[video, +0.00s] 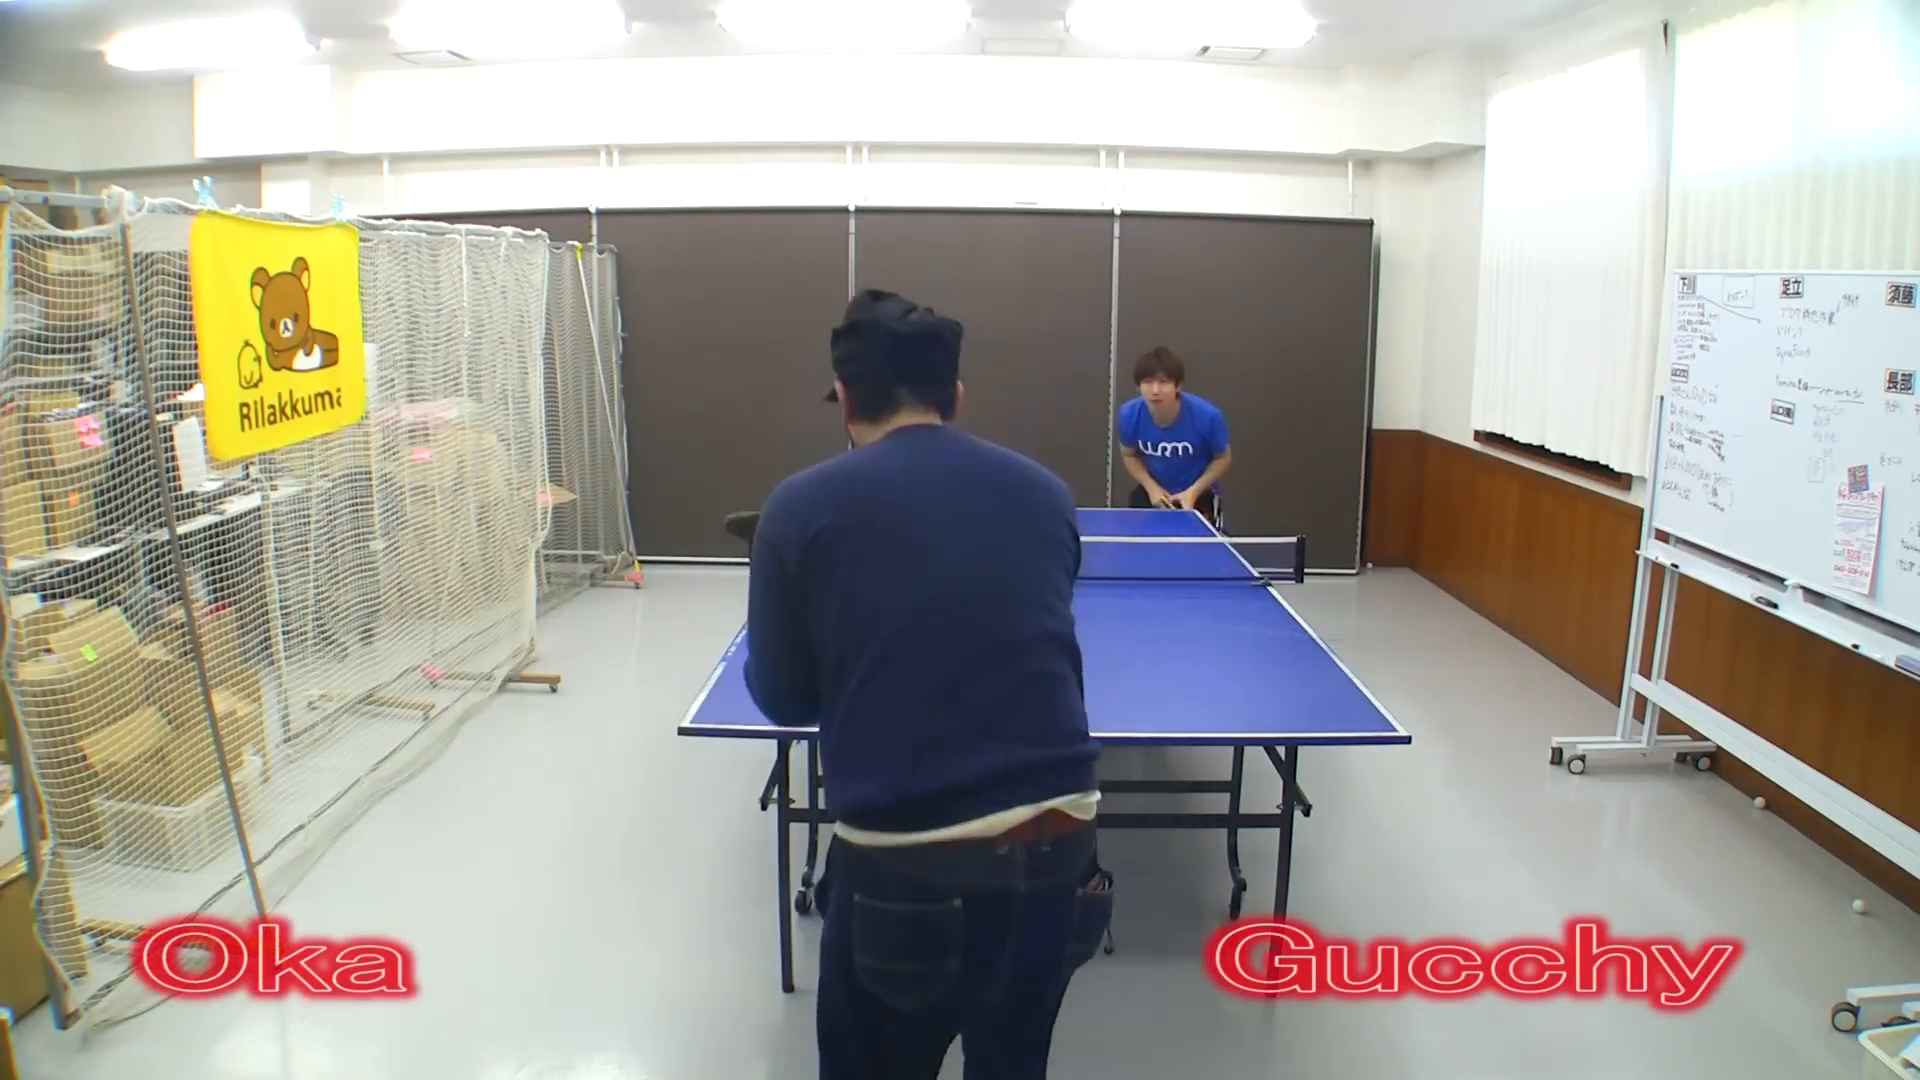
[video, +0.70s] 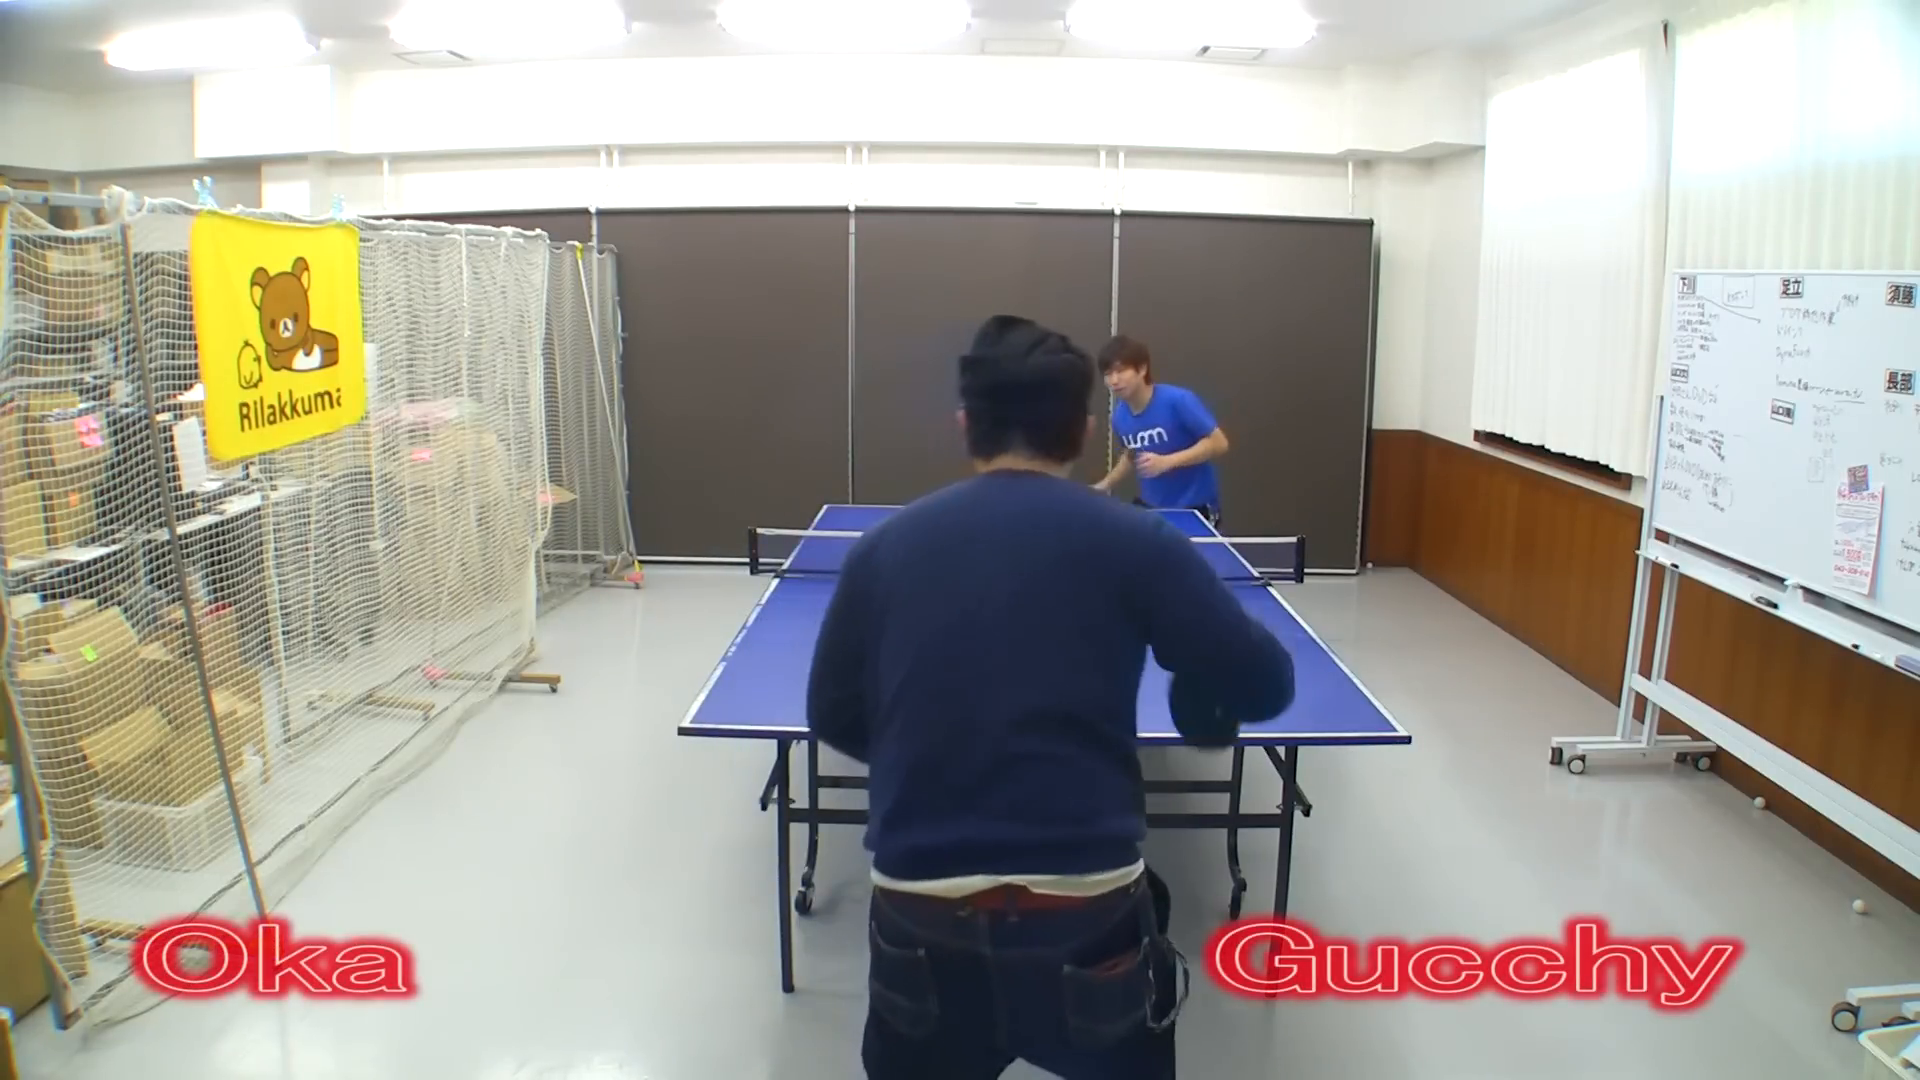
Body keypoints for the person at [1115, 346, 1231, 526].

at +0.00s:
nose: (1155, 390)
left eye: (1164, 382)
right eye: (1148, 382)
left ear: (1178, 385)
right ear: (1139, 386)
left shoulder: (1207, 417)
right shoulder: (1129, 415)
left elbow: (1224, 458)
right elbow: (1129, 455)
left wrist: (1192, 493)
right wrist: (1152, 488)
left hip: (1199, 496)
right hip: (1150, 495)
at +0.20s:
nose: (1152, 381)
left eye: (1161, 372)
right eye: (1145, 373)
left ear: (1175, 376)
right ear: (1136, 379)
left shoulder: (1202, 409)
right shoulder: (1127, 410)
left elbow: (1226, 451)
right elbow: (1117, 451)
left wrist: (1189, 475)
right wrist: (1141, 474)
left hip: (1195, 502)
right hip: (1147, 501)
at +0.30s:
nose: (1153, 369)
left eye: (1161, 360)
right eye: (1145, 361)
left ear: (1175, 364)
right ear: (1137, 367)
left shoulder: (1204, 396)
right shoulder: (1130, 401)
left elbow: (1233, 438)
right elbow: (1118, 439)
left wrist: (1195, 455)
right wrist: (1128, 455)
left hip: (1198, 502)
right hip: (1150, 501)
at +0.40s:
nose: (1145, 357)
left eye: (1153, 348)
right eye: (1138, 350)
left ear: (1168, 351)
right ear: (1130, 356)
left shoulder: (1198, 382)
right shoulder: (1127, 391)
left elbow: (1235, 421)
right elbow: (1119, 435)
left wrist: (1197, 440)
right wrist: (1112, 444)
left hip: (1199, 493)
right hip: (1153, 491)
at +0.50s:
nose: (1139, 361)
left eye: (1146, 351)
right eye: (1132, 353)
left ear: (1162, 354)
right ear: (1124, 359)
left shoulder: (1196, 385)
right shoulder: (1123, 395)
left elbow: (1236, 418)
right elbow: (1114, 431)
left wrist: (1203, 441)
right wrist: (1101, 446)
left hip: (1198, 496)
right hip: (1154, 495)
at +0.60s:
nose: (1131, 370)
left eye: (1139, 360)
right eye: (1125, 363)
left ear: (1158, 362)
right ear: (1119, 368)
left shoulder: (1195, 395)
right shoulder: (1124, 407)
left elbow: (1235, 429)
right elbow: (1118, 445)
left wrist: (1202, 452)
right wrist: (1094, 465)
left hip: (1199, 506)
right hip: (1154, 504)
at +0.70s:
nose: (1114, 381)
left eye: (1121, 371)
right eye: (1108, 374)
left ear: (1142, 370)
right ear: (1104, 378)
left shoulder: (1179, 401)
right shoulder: (1120, 416)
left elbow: (1219, 443)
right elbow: (1131, 454)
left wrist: (1167, 462)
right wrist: (1105, 484)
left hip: (1194, 511)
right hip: (1150, 511)